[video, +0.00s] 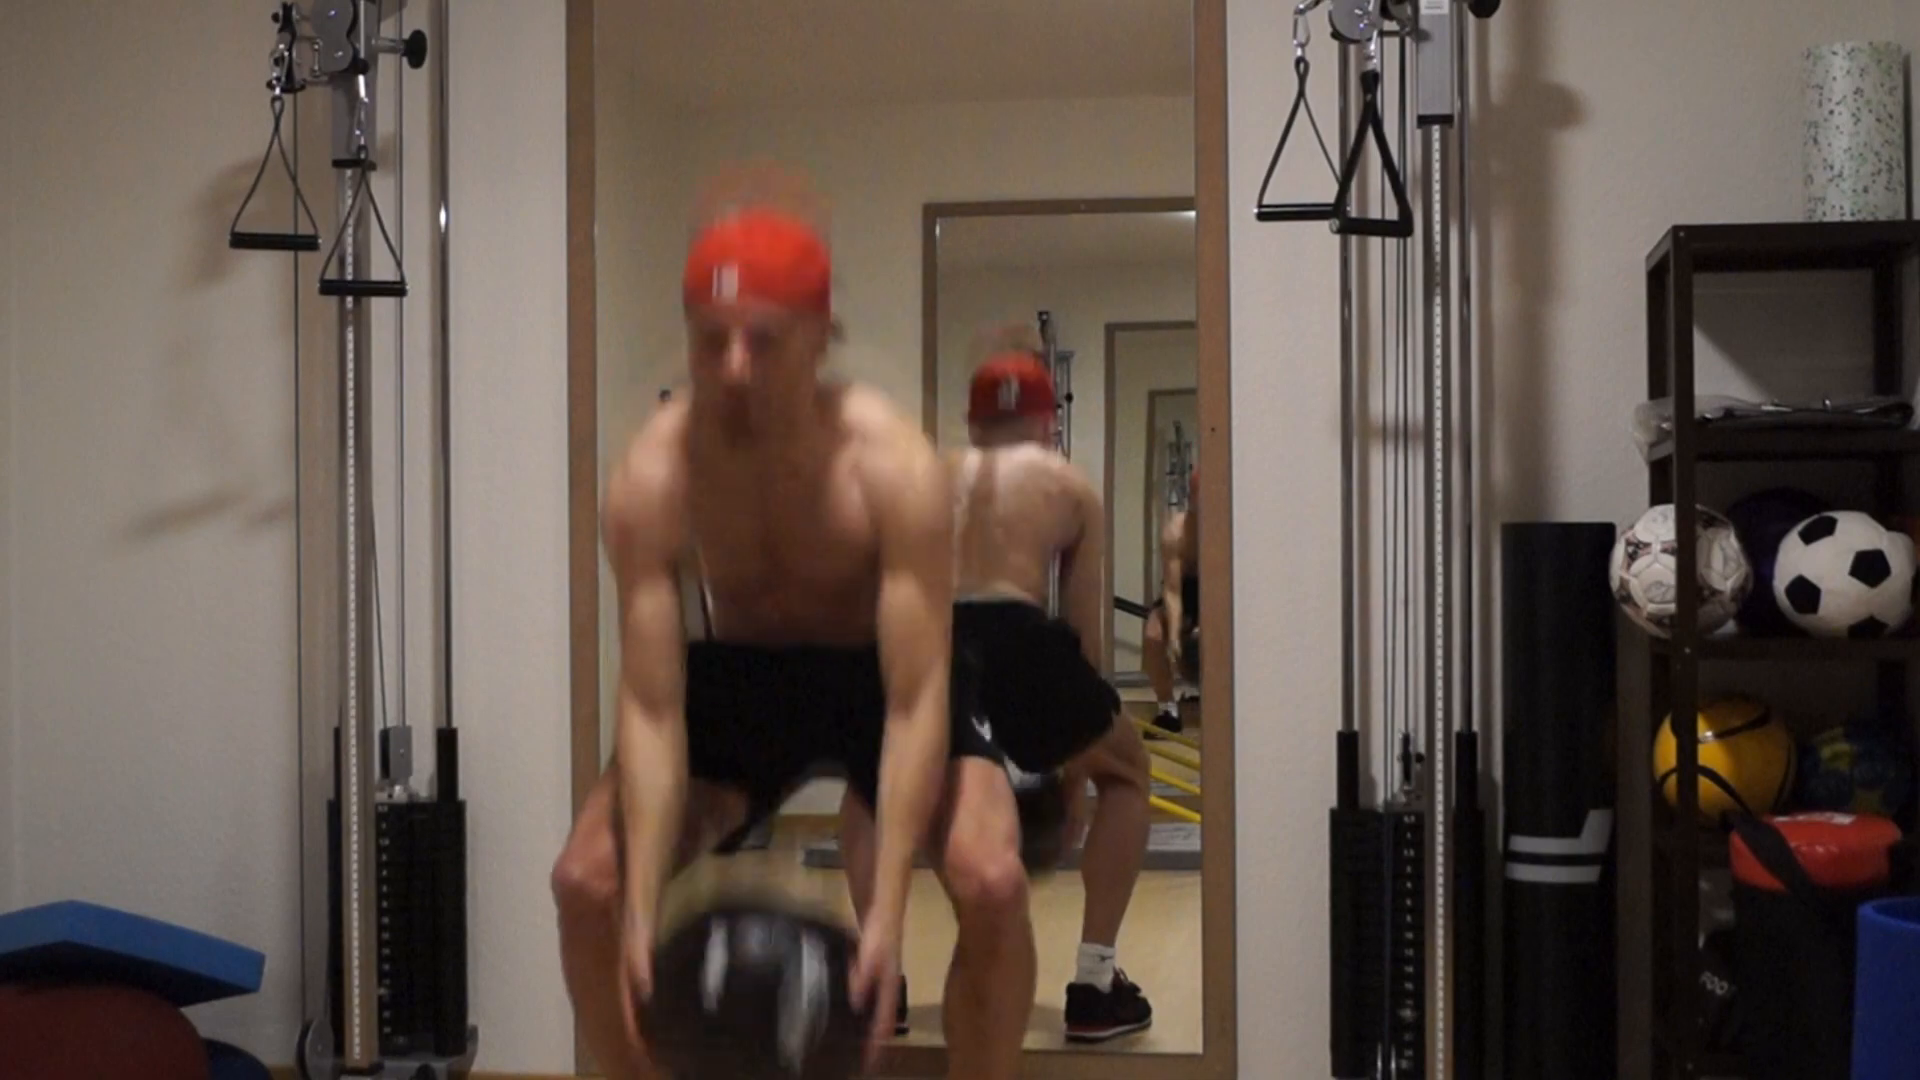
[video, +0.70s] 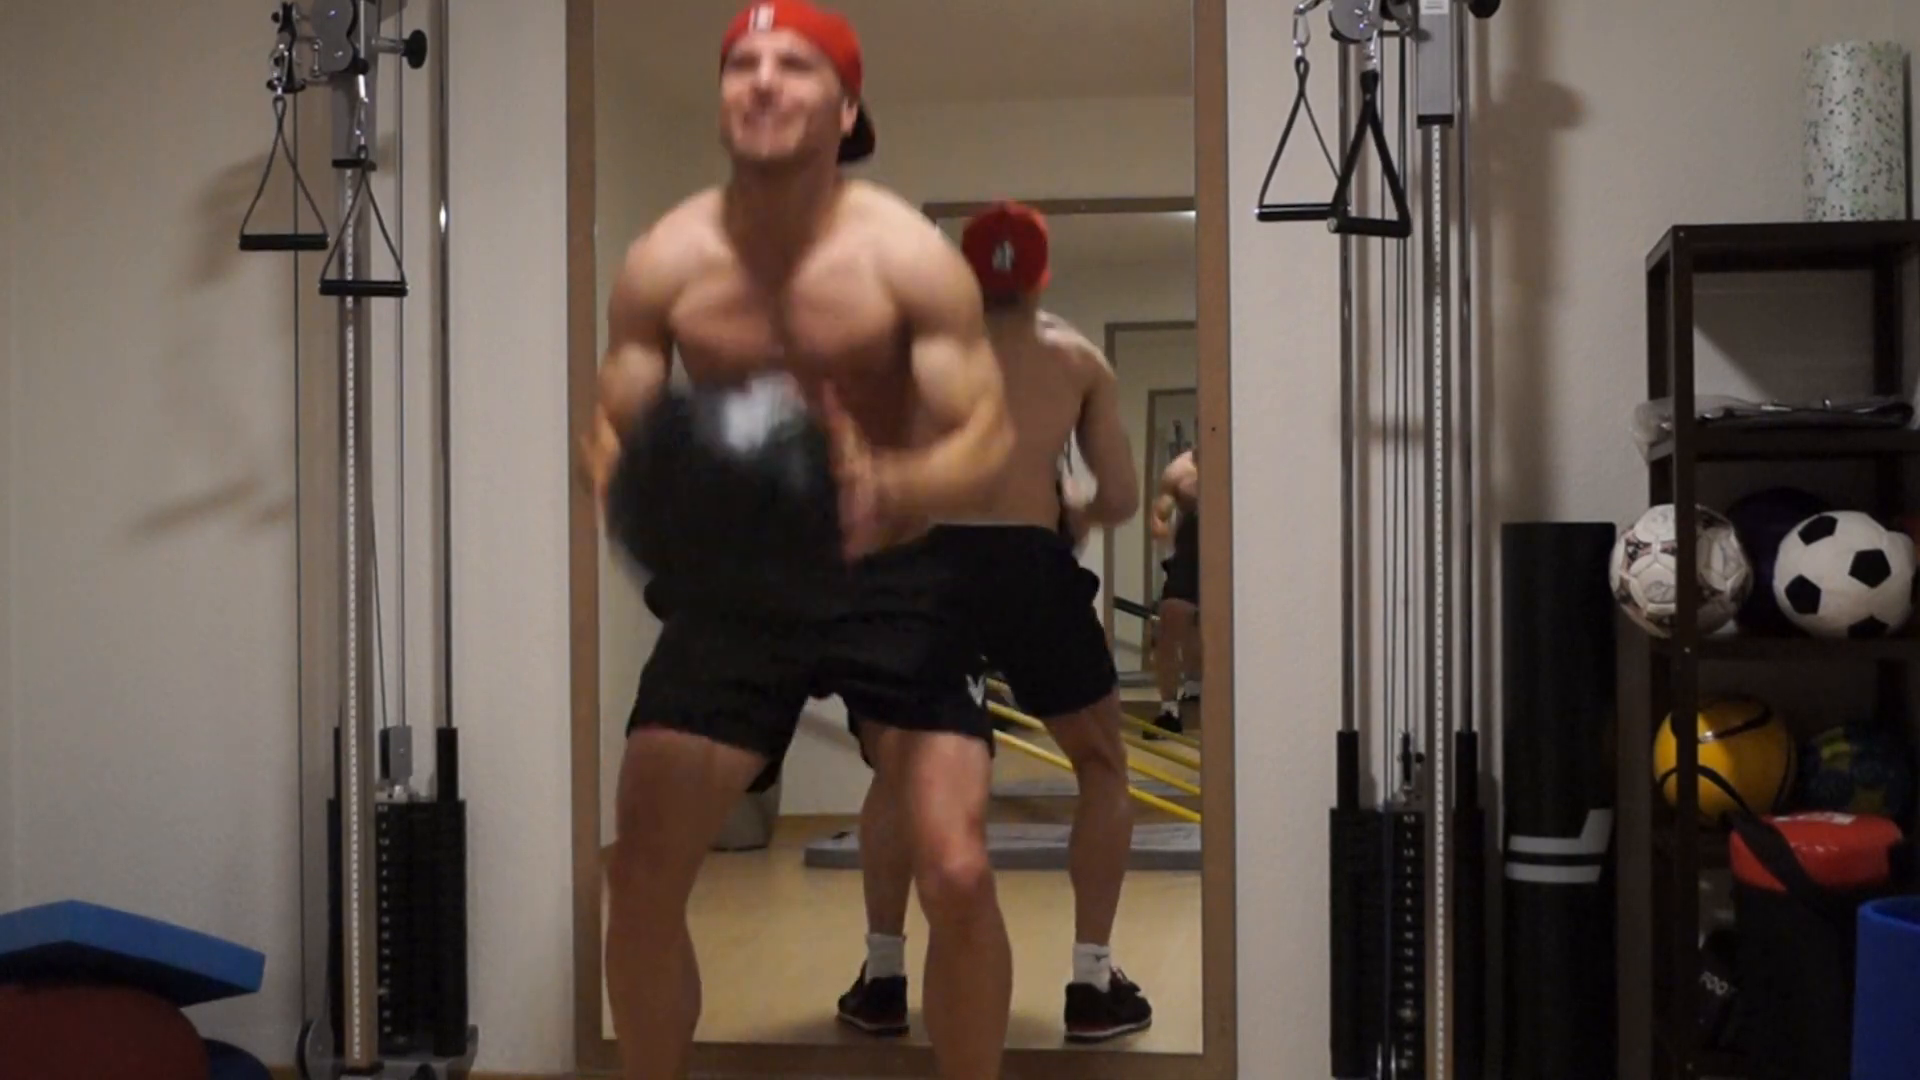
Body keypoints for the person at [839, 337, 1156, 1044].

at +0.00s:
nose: (1045, 421)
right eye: (1046, 411)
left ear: (972, 416)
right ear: (1045, 417)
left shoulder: (929, 474)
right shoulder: (1070, 486)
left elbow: (894, 598)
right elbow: (1086, 634)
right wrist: (1082, 748)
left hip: (922, 647)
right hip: (1019, 648)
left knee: (862, 799)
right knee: (1126, 771)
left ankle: (876, 975)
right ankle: (1096, 980)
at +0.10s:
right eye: (1055, 481)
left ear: (977, 478)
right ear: (1054, 482)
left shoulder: (934, 527)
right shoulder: (1079, 548)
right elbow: (1076, 706)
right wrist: (1069, 863)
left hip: (924, 677)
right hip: (1022, 684)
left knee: (855, 791)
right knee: (1131, 780)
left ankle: (875, 970)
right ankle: (1096, 981)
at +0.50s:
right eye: (1063, 428)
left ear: (984, 427)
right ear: (1058, 430)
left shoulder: (936, 475)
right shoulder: (1084, 494)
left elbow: (899, 594)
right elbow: (1090, 639)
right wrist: (1076, 772)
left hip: (930, 633)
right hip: (1030, 638)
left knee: (871, 776)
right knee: (1124, 772)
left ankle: (873, 965)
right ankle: (1094, 979)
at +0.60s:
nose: (1028, 342)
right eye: (1038, 328)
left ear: (975, 328)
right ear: (1052, 332)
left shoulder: (934, 397)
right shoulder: (1079, 404)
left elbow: (886, 519)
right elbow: (1109, 545)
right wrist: (1071, 616)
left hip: (926, 588)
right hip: (1028, 594)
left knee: (889, 775)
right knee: (1110, 766)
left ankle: (881, 975)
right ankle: (1093, 977)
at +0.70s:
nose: (1027, 281)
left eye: (997, 267)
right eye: (1033, 267)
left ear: (965, 273)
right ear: (1044, 275)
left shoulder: (922, 351)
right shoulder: (1076, 358)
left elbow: (867, 464)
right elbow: (1122, 498)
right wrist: (1075, 512)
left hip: (922, 566)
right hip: (1031, 569)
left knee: (896, 770)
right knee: (1101, 765)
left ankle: (882, 971)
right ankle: (1092, 977)